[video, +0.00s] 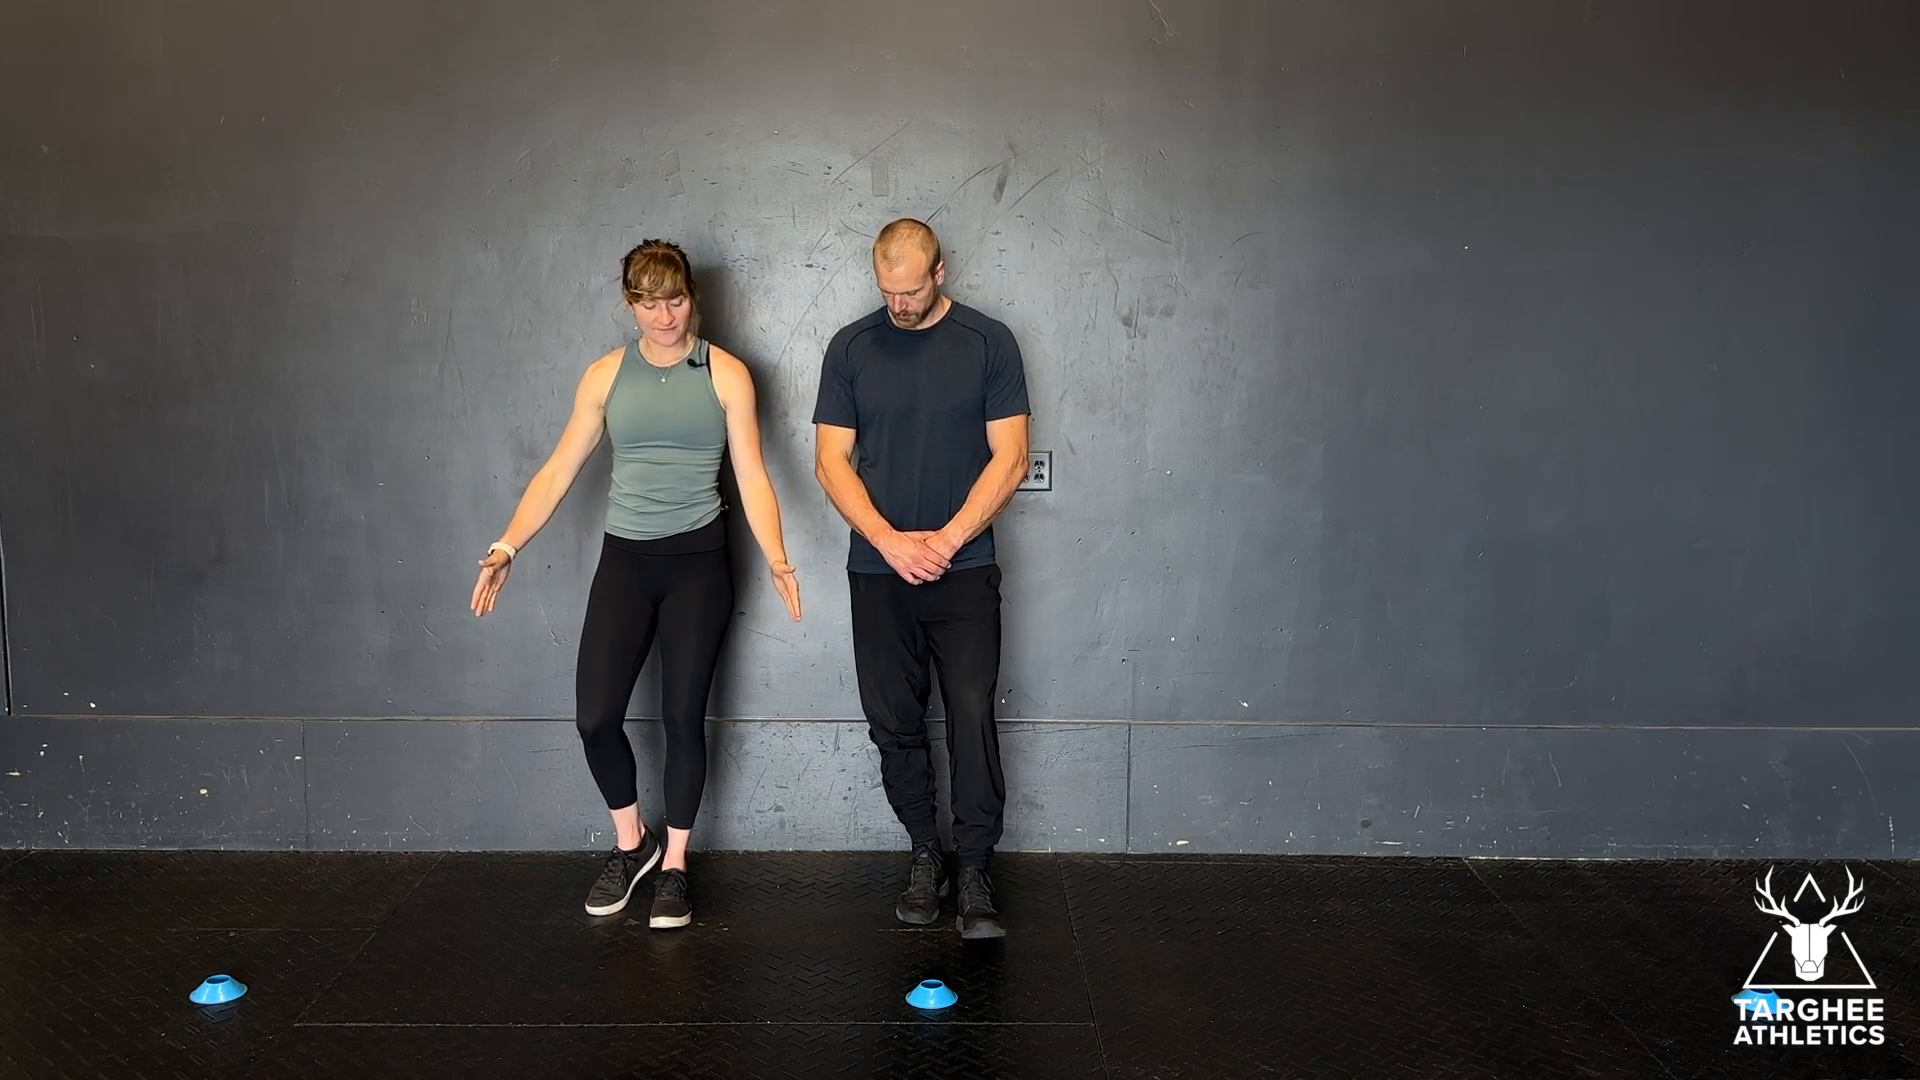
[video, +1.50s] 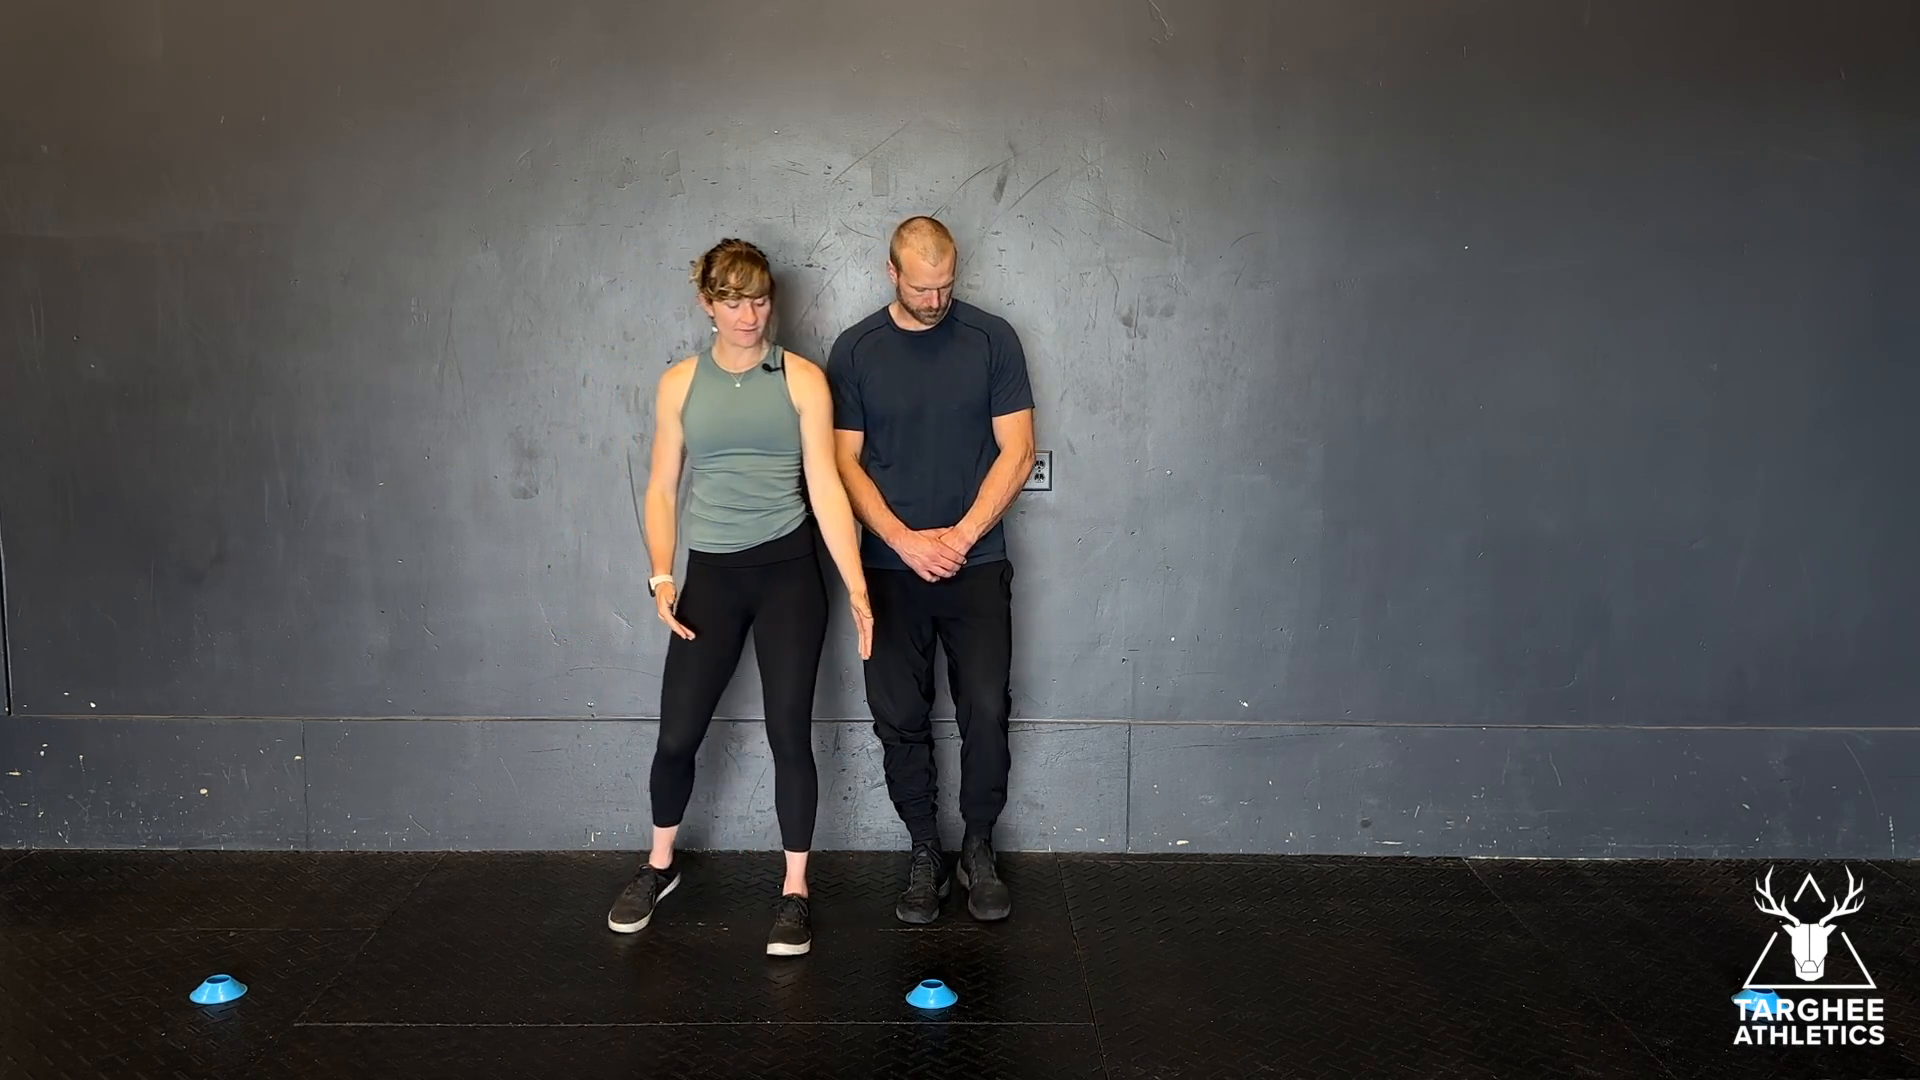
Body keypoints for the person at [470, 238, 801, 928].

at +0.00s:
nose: (667, 314)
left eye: (676, 299)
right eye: (652, 303)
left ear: (691, 299)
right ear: (631, 307)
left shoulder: (726, 375)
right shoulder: (607, 375)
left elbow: (751, 475)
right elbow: (559, 470)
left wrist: (778, 559)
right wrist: (504, 549)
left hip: (700, 561)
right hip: (624, 561)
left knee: (683, 715)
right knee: (596, 716)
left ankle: (674, 868)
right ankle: (634, 848)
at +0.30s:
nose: (670, 317)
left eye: (680, 301)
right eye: (655, 305)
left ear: (695, 301)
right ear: (633, 308)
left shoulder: (729, 376)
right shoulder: (608, 378)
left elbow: (754, 474)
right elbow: (564, 473)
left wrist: (783, 560)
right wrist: (511, 553)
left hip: (704, 562)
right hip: (627, 563)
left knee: (685, 717)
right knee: (600, 719)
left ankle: (676, 867)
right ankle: (635, 844)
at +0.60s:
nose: (676, 311)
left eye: (686, 297)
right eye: (661, 299)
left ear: (699, 301)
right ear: (636, 301)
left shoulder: (729, 377)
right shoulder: (607, 377)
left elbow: (753, 475)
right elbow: (565, 473)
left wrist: (787, 557)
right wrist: (520, 557)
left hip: (703, 563)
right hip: (626, 565)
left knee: (686, 718)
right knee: (624, 724)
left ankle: (676, 868)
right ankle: (635, 866)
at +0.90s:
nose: (682, 313)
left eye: (689, 299)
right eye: (666, 301)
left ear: (698, 300)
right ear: (634, 302)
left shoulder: (721, 376)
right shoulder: (600, 380)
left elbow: (742, 472)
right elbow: (561, 483)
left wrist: (779, 530)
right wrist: (549, 571)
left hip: (705, 564)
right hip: (628, 569)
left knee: (716, 721)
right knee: (631, 721)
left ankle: (694, 861)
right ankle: (635, 868)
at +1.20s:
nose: (701, 311)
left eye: (709, 297)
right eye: (686, 299)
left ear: (720, 302)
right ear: (657, 303)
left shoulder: (749, 379)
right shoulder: (624, 384)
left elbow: (770, 475)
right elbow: (598, 489)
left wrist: (808, 527)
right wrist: (613, 572)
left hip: (733, 571)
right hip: (652, 575)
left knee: (757, 730)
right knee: (647, 727)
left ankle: (790, 887)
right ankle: (637, 873)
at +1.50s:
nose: (747, 313)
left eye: (757, 299)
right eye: (732, 301)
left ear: (771, 302)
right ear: (708, 305)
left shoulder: (803, 380)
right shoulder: (680, 383)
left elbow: (826, 489)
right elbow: (663, 487)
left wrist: (856, 587)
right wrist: (662, 573)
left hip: (791, 570)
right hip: (710, 572)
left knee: (788, 733)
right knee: (675, 739)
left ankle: (795, 889)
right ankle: (660, 861)